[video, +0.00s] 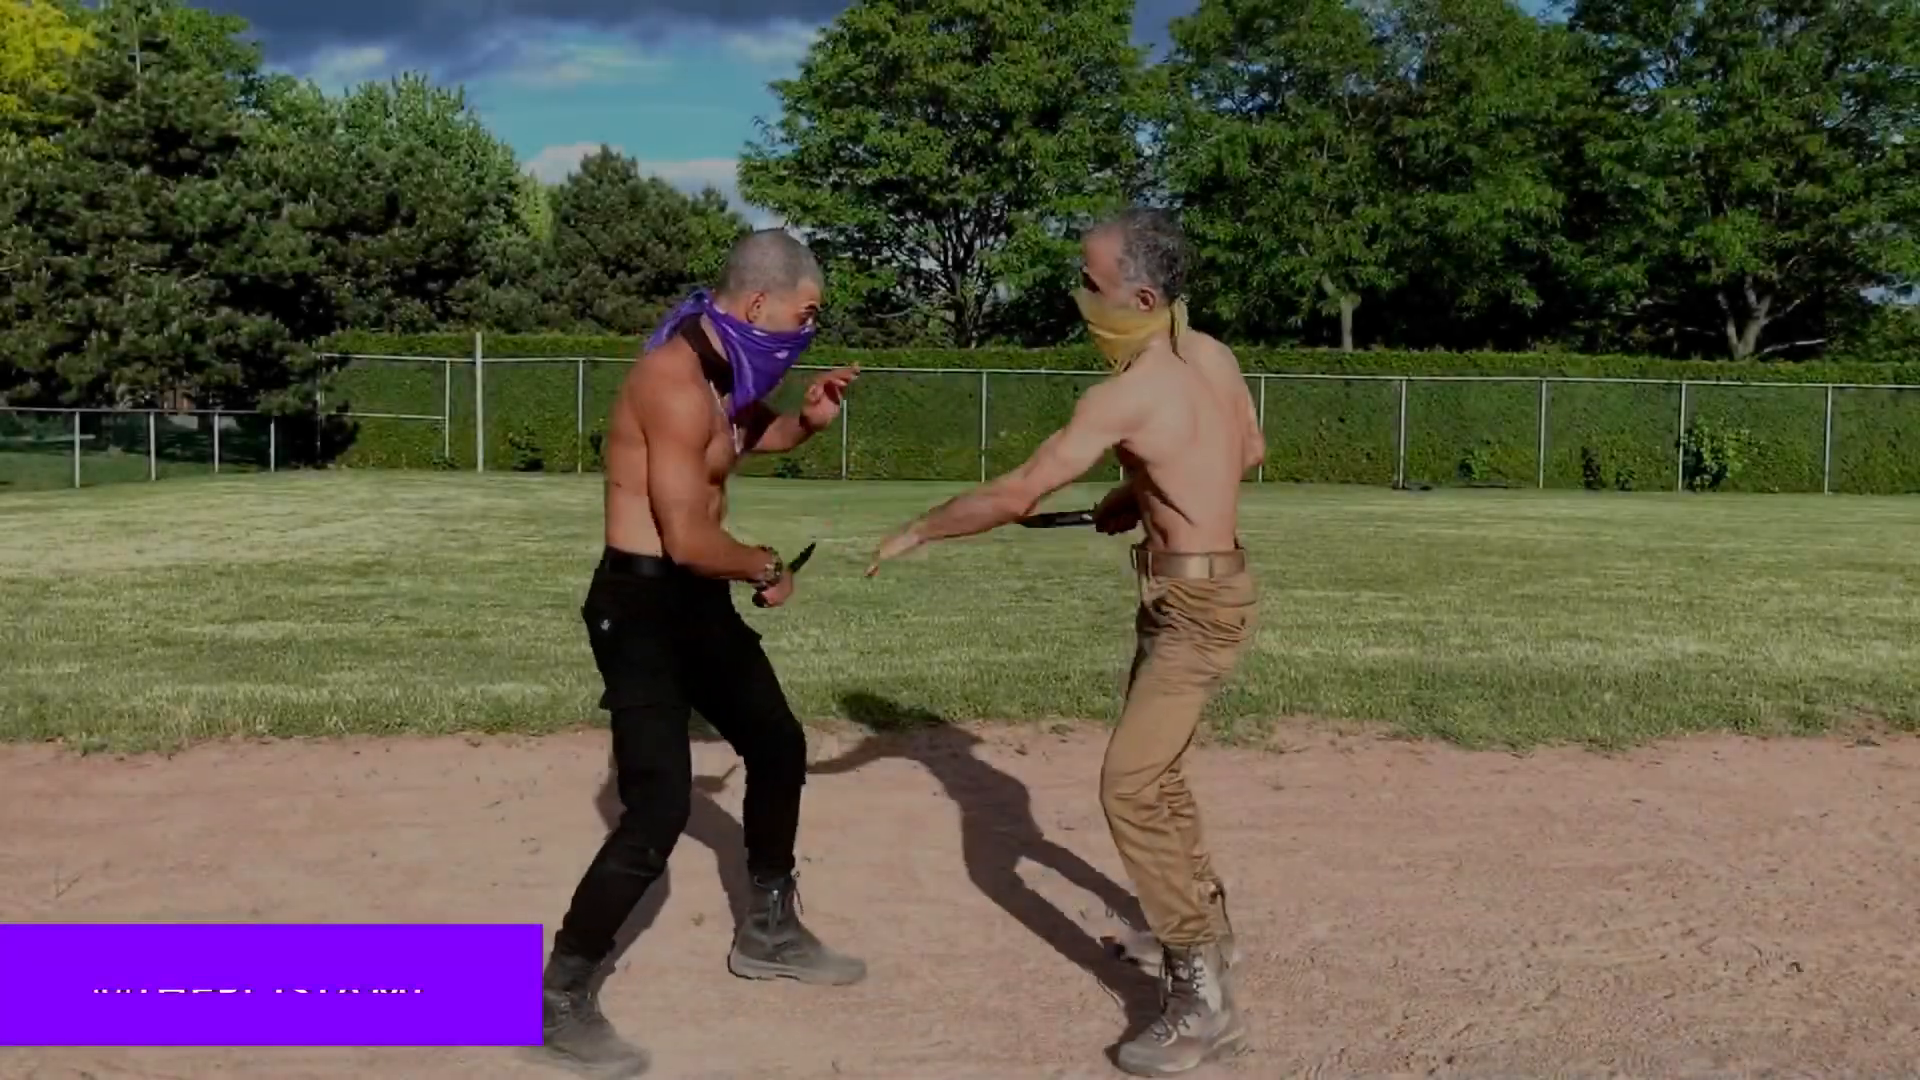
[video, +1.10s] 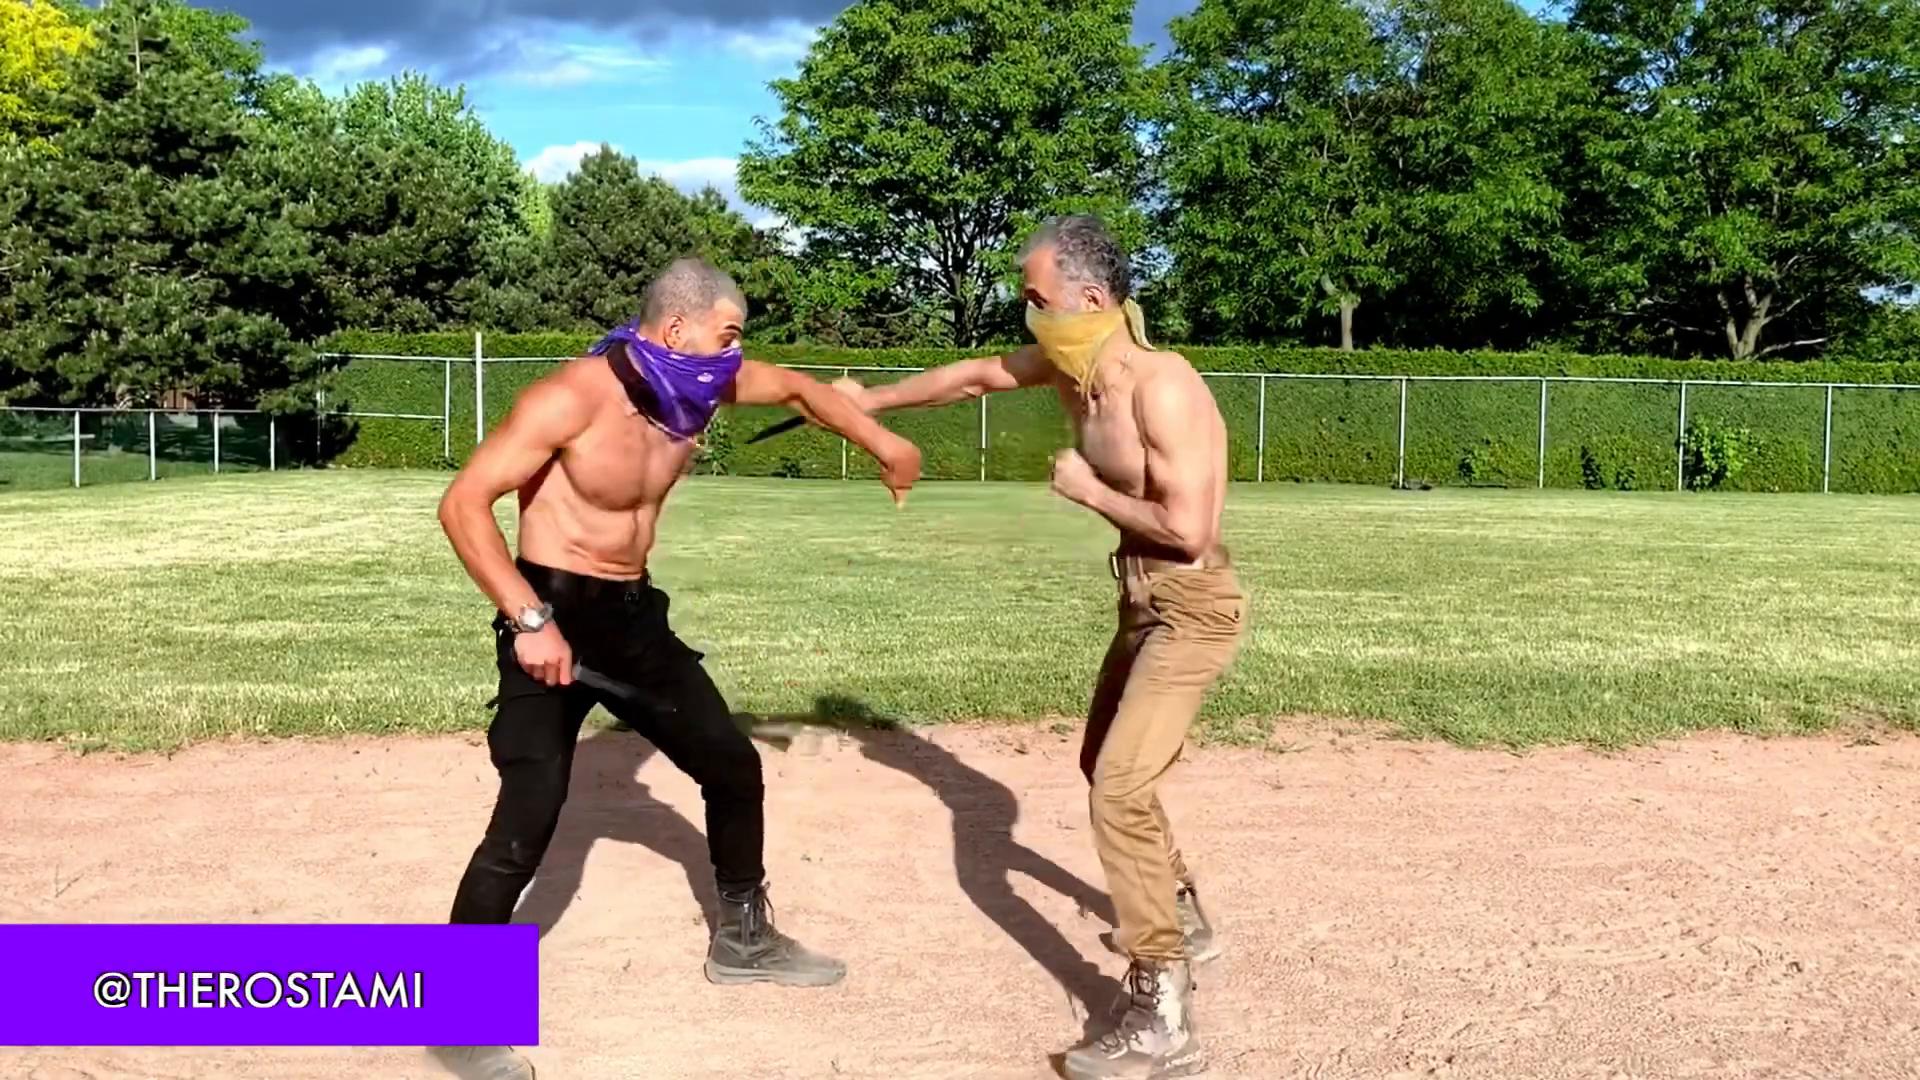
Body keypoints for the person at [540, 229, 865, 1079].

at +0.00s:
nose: (806, 333)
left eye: (810, 319)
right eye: (800, 316)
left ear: (752, 305)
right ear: (752, 304)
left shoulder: (724, 365)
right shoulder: (674, 377)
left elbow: (743, 446)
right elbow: (686, 541)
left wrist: (804, 419)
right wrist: (761, 561)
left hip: (699, 598)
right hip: (638, 603)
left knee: (779, 749)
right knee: (659, 805)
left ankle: (768, 930)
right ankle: (563, 995)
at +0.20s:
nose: (788, 325)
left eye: (793, 310)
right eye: (783, 307)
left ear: (741, 293)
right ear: (734, 293)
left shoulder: (723, 361)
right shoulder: (644, 370)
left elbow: (722, 450)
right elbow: (587, 513)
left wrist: (797, 454)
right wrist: (686, 582)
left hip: (702, 602)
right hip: (626, 607)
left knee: (777, 761)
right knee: (587, 810)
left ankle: (768, 931)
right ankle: (497, 1002)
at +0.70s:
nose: (779, 333)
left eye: (785, 318)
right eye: (776, 314)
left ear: (729, 299)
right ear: (732, 302)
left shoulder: (689, 366)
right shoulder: (661, 366)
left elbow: (690, 473)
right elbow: (612, 506)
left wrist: (752, 435)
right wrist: (706, 582)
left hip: (657, 603)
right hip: (604, 605)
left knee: (737, 757)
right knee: (608, 818)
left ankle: (741, 935)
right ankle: (499, 1003)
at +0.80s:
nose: (775, 329)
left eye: (780, 314)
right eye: (771, 311)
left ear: (713, 294)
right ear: (725, 298)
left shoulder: (651, 345)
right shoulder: (678, 366)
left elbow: (666, 461)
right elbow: (790, 487)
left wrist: (740, 410)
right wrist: (900, 541)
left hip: (656, 605)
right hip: (591, 608)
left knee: (734, 756)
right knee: (589, 810)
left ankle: (742, 934)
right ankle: (496, 999)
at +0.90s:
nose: (771, 323)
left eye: (775, 307)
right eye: (765, 306)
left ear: (711, 293)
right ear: (719, 298)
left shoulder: (680, 365)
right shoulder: (661, 372)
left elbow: (680, 462)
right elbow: (790, 483)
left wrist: (759, 407)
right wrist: (904, 540)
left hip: (653, 605)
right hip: (575, 606)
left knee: (728, 758)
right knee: (547, 805)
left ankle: (742, 934)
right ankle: (488, 1006)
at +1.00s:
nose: (763, 332)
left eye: (764, 319)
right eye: (756, 316)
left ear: (713, 309)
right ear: (707, 310)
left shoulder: (705, 370)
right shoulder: (623, 379)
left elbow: (785, 377)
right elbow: (623, 529)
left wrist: (860, 382)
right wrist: (700, 637)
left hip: (634, 609)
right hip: (561, 609)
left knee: (736, 761)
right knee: (552, 811)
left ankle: (744, 935)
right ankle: (463, 998)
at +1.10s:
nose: (735, 353)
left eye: (738, 338)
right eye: (726, 336)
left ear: (686, 332)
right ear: (672, 330)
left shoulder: (698, 384)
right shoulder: (576, 394)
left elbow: (798, 387)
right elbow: (462, 502)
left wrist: (881, 440)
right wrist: (527, 617)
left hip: (632, 613)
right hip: (547, 612)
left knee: (733, 768)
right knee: (527, 816)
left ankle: (743, 935)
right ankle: (453, 1007)